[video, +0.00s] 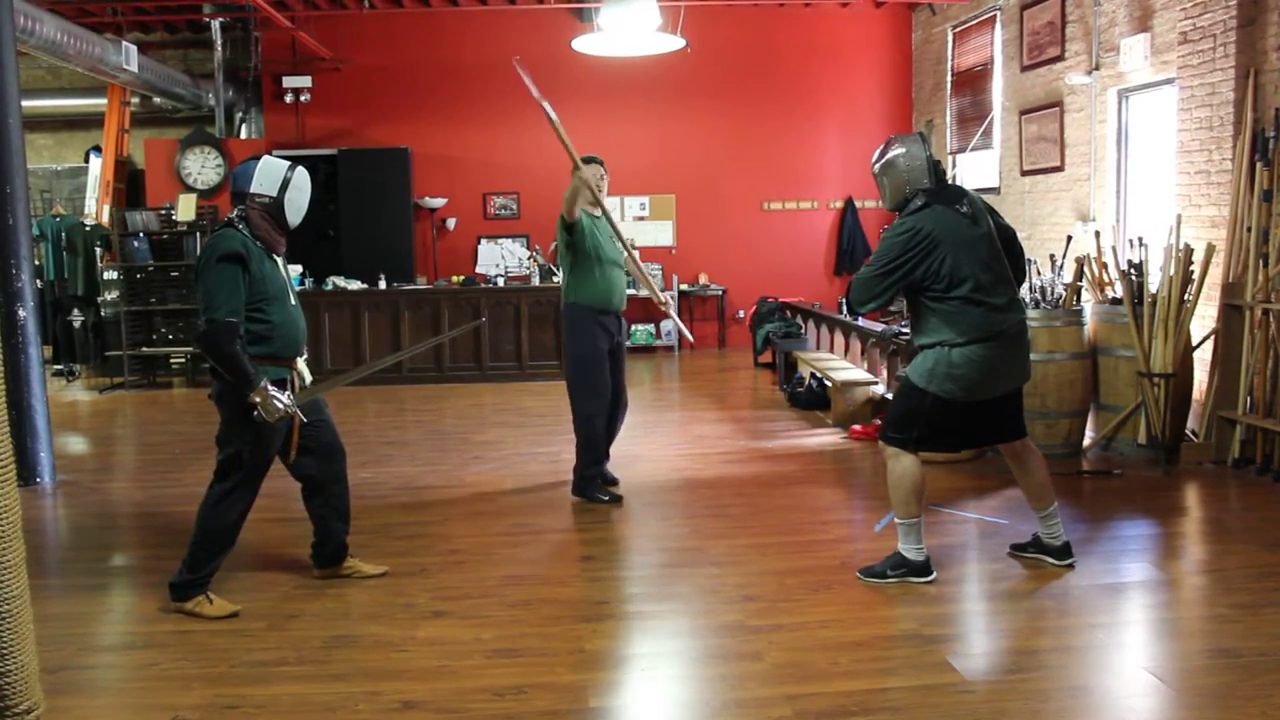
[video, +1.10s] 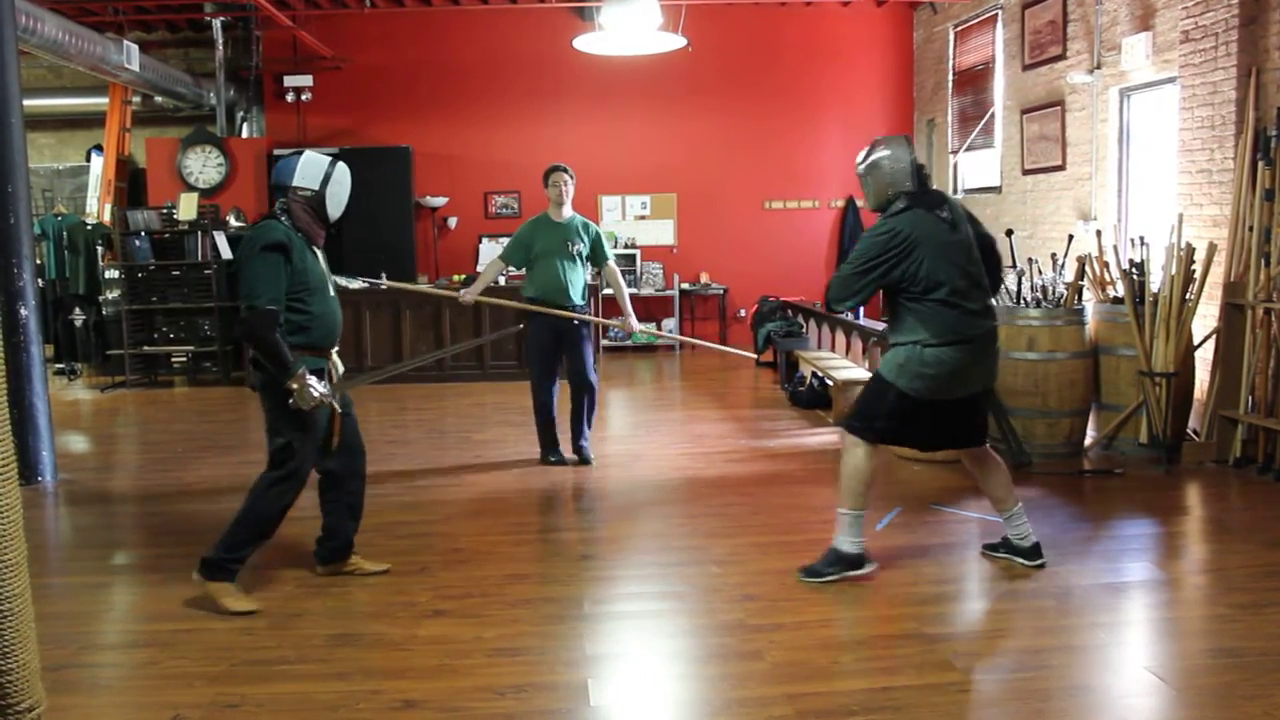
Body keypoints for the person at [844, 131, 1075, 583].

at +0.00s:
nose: (882, 193)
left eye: (883, 182)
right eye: (881, 183)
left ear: (901, 178)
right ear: (928, 171)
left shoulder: (911, 228)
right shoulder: (976, 206)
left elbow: (859, 296)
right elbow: (1017, 262)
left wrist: (889, 276)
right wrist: (990, 300)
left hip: (954, 355)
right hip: (1008, 348)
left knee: (898, 440)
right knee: (1015, 441)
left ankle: (912, 556)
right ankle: (1054, 540)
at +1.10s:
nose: (860, 188)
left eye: (863, 178)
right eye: (861, 179)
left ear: (881, 181)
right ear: (909, 176)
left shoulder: (890, 230)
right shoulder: (953, 211)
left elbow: (837, 296)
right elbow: (992, 259)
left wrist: (882, 269)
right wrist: (971, 298)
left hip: (922, 357)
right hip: (977, 351)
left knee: (858, 433)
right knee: (974, 446)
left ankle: (848, 547)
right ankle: (1023, 539)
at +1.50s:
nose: (761, 195)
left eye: (766, 186)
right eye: (764, 186)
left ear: (783, 191)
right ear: (814, 185)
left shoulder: (786, 240)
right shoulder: (855, 213)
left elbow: (720, 286)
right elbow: (899, 257)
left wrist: (650, 309)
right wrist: (885, 308)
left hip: (854, 354)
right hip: (899, 344)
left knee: (786, 440)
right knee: (909, 441)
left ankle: (785, 558)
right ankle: (993, 510)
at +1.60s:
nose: (749, 207)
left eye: (751, 197)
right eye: (748, 197)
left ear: (768, 196)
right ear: (796, 190)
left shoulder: (773, 245)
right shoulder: (842, 216)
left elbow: (718, 301)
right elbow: (884, 244)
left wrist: (654, 326)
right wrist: (883, 293)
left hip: (846, 349)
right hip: (891, 339)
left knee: (778, 440)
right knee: (897, 435)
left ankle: (784, 558)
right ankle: (972, 510)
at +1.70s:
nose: (747, 201)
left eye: (750, 192)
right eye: (747, 192)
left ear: (766, 192)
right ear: (797, 186)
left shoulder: (781, 239)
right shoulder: (840, 213)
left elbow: (755, 314)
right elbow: (882, 258)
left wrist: (692, 328)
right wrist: (859, 296)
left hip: (837, 350)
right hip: (881, 340)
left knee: (772, 440)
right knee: (888, 430)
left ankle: (784, 556)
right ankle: (954, 508)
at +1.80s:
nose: (756, 195)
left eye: (759, 186)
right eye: (756, 186)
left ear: (774, 189)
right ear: (803, 183)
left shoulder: (789, 239)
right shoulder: (841, 212)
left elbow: (780, 318)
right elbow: (883, 252)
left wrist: (721, 321)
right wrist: (864, 297)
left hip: (837, 349)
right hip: (878, 339)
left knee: (771, 440)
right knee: (873, 429)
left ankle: (783, 556)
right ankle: (926, 509)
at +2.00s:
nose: (771, 195)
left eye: (775, 186)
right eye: (772, 186)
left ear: (788, 186)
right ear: (819, 181)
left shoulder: (789, 231)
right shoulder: (865, 211)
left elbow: (725, 259)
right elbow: (911, 256)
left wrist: (657, 254)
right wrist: (883, 292)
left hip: (840, 346)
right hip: (890, 339)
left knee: (799, 439)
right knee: (872, 426)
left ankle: (786, 551)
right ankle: (918, 510)